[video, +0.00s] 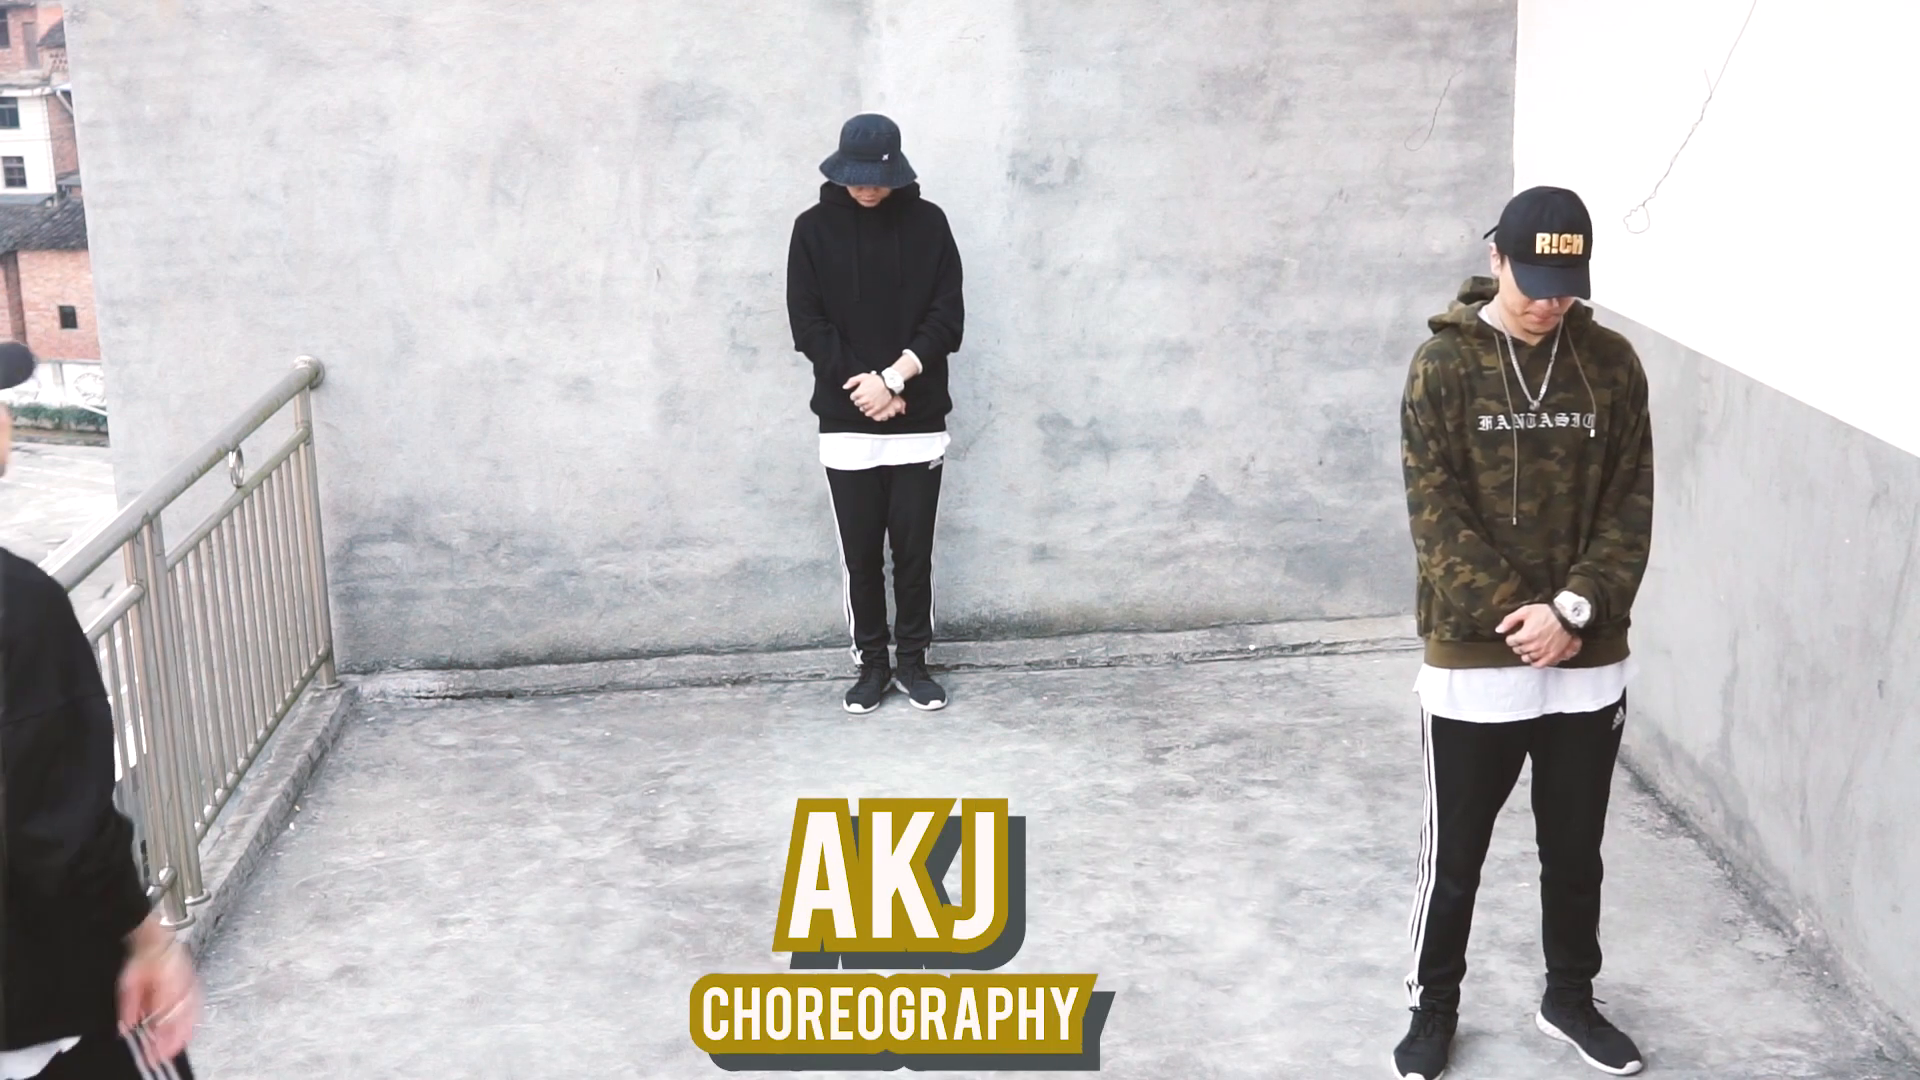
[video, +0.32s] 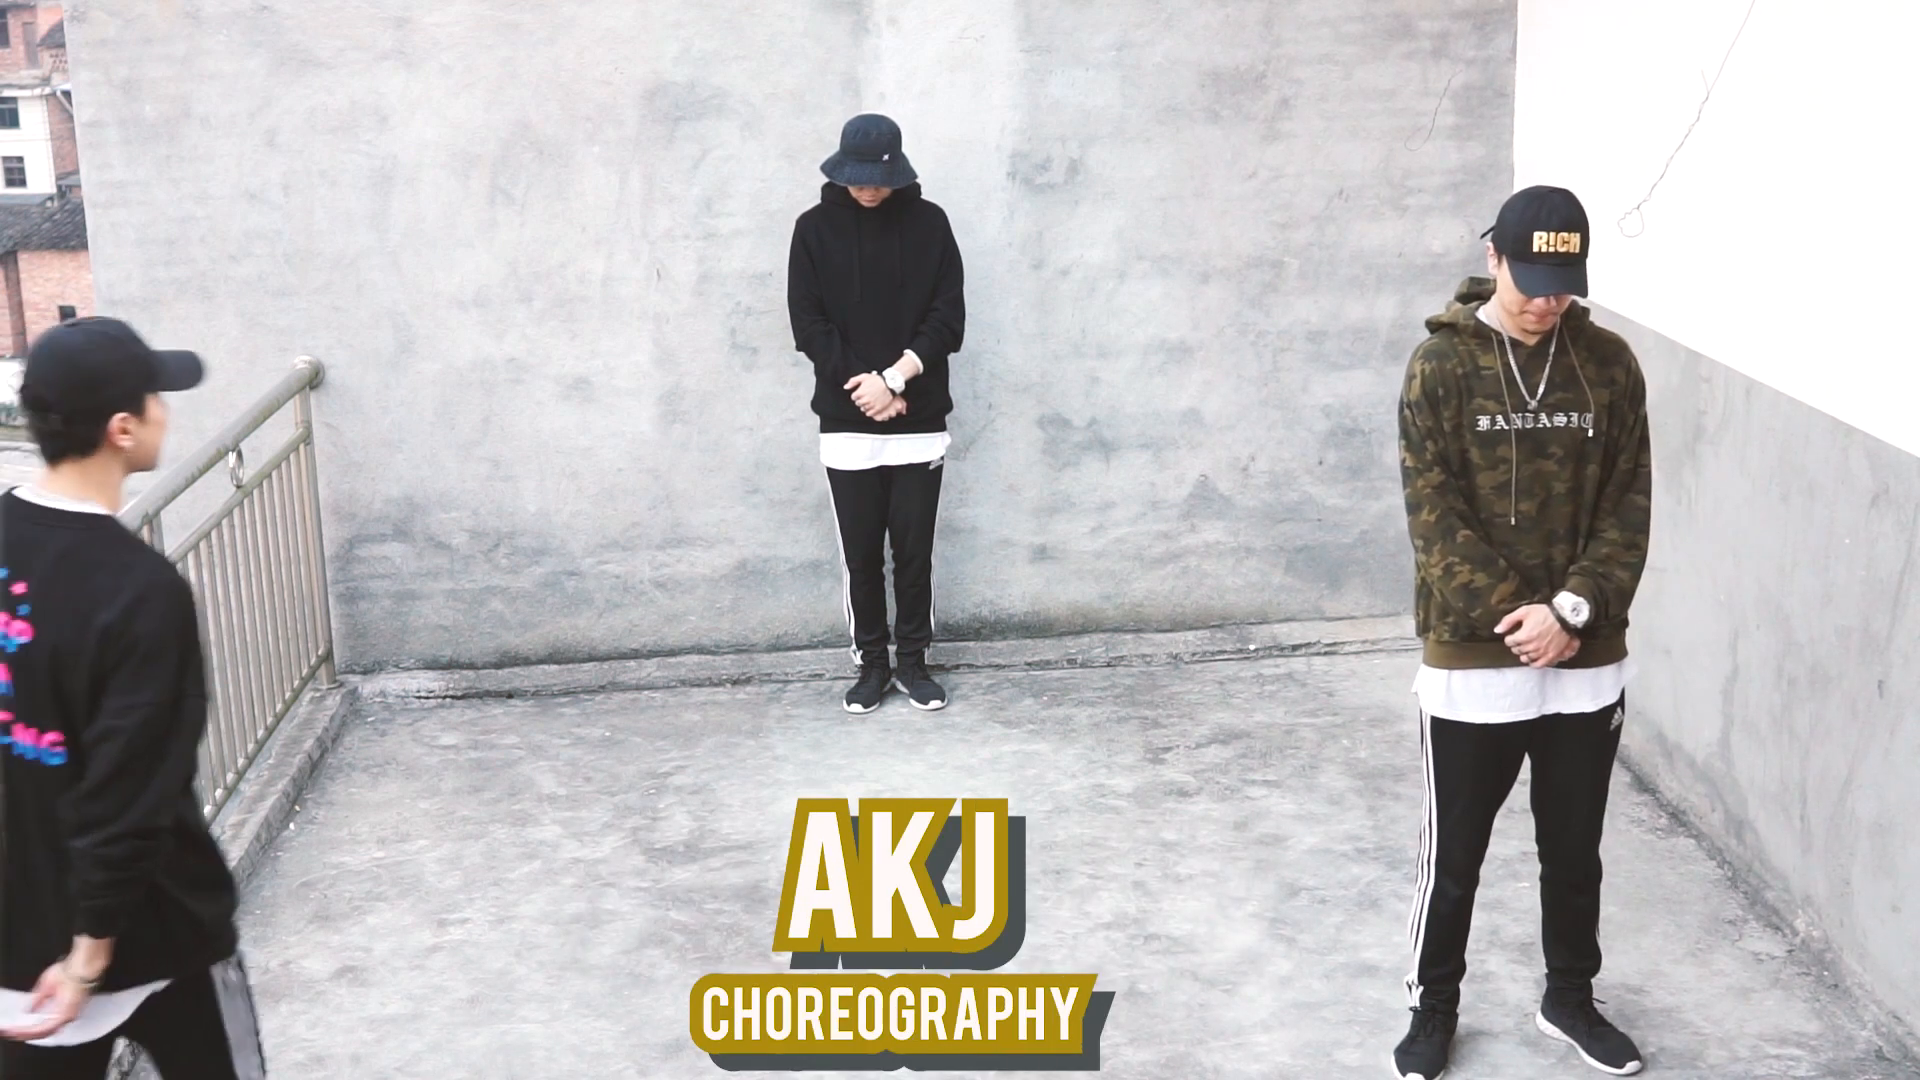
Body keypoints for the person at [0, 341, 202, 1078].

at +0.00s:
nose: (9, 422)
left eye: (7, 398)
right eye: (7, 401)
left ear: (6, 426)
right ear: (3, 425)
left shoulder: (30, 602)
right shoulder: (24, 604)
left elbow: (65, 810)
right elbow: (62, 818)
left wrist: (141, 931)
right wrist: (141, 931)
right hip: (46, 1040)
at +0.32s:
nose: (167, 408)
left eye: (162, 393)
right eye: (157, 396)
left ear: (47, 420)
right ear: (121, 428)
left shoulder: (8, 527)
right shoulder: (142, 590)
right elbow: (123, 787)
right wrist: (86, 953)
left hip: (15, 934)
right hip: (146, 932)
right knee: (216, 1068)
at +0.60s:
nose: (303, 419)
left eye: (300, 402)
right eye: (289, 402)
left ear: (214, 408)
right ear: (223, 412)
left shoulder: (95, 496)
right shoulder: (234, 562)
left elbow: (84, 688)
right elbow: (270, 757)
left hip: (132, 849)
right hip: (249, 869)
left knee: (179, 1006)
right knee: (297, 1038)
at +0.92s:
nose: (340, 384)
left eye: (335, 369)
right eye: (318, 378)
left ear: (253, 401)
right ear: (252, 400)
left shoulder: (234, 462)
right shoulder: (229, 521)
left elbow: (273, 649)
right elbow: (398, 632)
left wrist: (358, 740)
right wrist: (439, 491)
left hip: (301, 801)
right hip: (294, 830)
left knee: (330, 1019)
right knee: (324, 1049)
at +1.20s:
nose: (382, 379)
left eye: (381, 361)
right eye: (362, 367)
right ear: (294, 376)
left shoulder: (371, 440)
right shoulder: (245, 484)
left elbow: (411, 588)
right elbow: (276, 645)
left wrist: (444, 725)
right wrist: (375, 591)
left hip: (391, 771)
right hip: (308, 793)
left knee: (408, 976)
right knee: (329, 1016)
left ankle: (376, 1077)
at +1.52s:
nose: (383, 376)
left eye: (397, 357)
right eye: (362, 361)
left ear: (416, 346)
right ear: (322, 349)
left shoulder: (454, 445)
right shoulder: (263, 457)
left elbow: (501, 591)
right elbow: (216, 605)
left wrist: (529, 729)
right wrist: (212, 745)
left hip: (415, 762)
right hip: (295, 769)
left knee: (425, 963)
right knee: (299, 988)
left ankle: (386, 1075)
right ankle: (290, 1079)